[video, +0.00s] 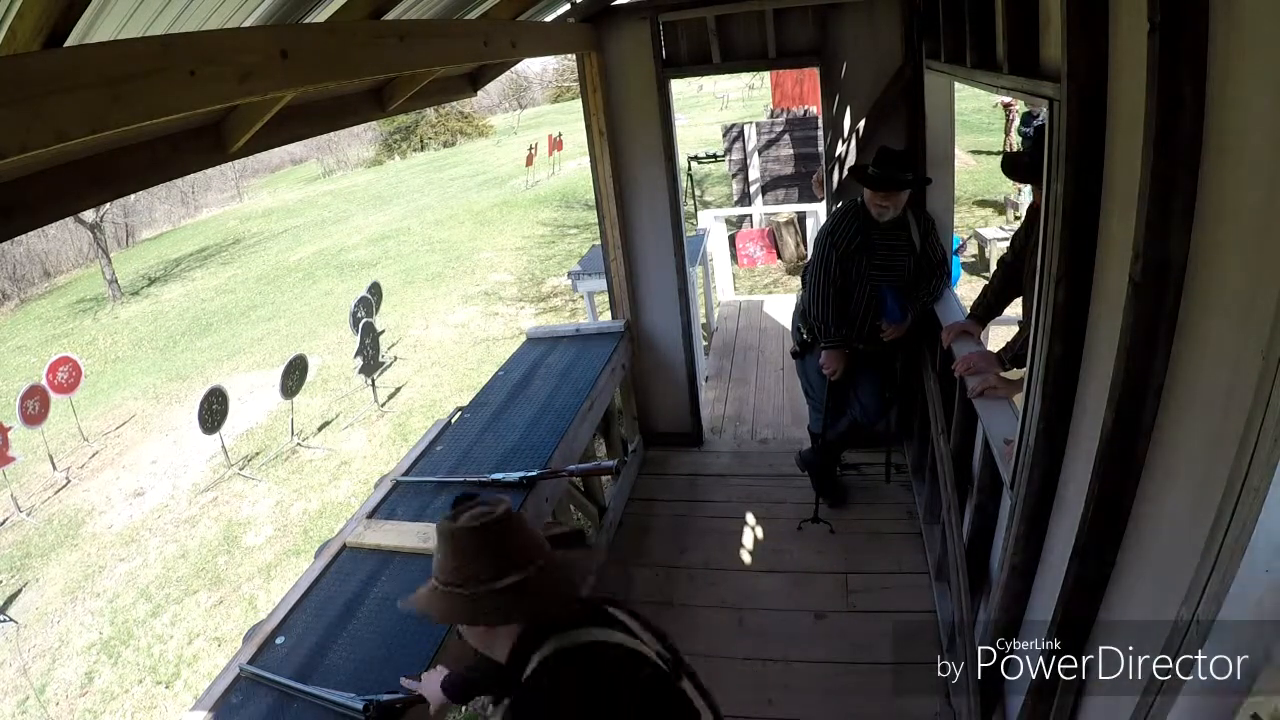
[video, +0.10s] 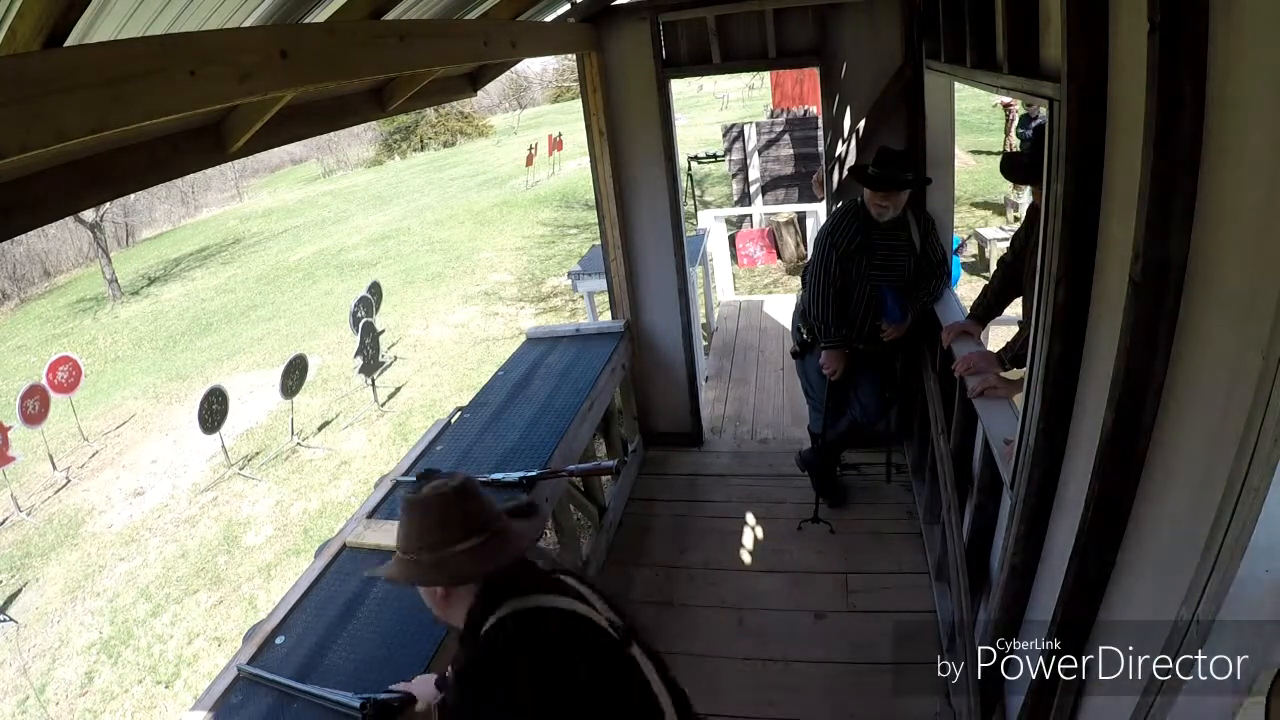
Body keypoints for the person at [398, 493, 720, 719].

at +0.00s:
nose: (457, 626)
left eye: (457, 617)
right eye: (454, 616)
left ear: (478, 622)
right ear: (541, 578)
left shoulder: (552, 699)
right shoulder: (596, 613)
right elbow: (528, 666)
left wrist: (448, 704)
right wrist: (455, 684)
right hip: (701, 709)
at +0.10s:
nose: (418, 590)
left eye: (419, 581)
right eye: (416, 580)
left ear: (439, 591)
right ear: (501, 548)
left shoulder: (502, 662)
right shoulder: (551, 581)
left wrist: (440, 695)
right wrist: (447, 685)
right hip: (666, 703)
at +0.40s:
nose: (320, 544)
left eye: (320, 532)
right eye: (315, 532)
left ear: (339, 539)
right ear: (404, 496)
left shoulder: (332, 638)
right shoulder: (493, 526)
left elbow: (269, 705)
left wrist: (276, 602)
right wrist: (359, 578)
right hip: (582, 709)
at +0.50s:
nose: (295, 528)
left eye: (296, 519)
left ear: (314, 529)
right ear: (384, 486)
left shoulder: (316, 617)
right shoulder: (468, 509)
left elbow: (254, 693)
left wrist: (256, 577)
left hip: (432, 719)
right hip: (552, 700)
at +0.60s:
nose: (285, 518)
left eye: (285, 509)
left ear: (301, 518)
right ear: (370, 474)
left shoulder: (304, 606)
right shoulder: (449, 495)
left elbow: (237, 676)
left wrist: (245, 562)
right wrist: (327, 520)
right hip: (539, 697)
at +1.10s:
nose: (283, 509)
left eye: (282, 499)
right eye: (279, 499)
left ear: (304, 504)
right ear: (365, 468)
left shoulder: (307, 604)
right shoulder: (437, 479)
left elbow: (235, 679)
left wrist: (236, 571)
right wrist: (319, 532)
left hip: (451, 718)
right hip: (553, 682)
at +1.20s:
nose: (283, 510)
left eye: (282, 500)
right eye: (279, 500)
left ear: (303, 505)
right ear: (364, 467)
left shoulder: (307, 603)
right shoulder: (436, 479)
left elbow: (242, 681)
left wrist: (234, 576)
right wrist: (320, 531)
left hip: (448, 718)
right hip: (553, 681)